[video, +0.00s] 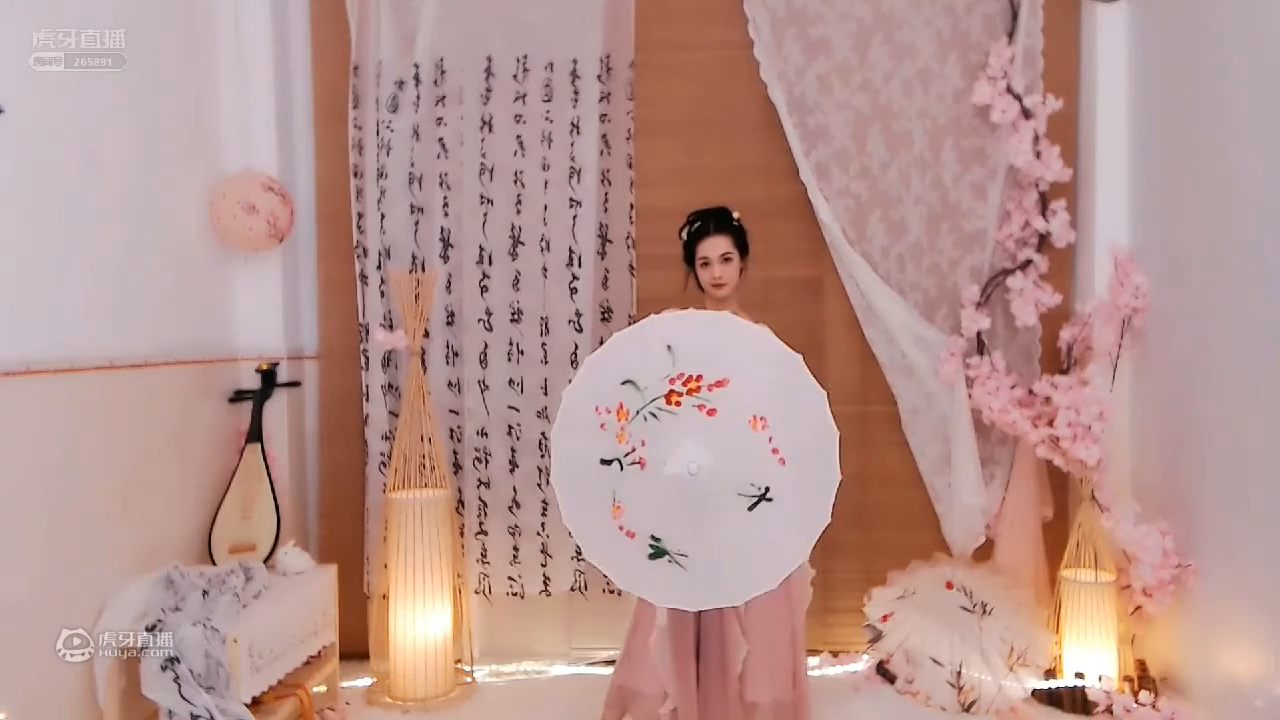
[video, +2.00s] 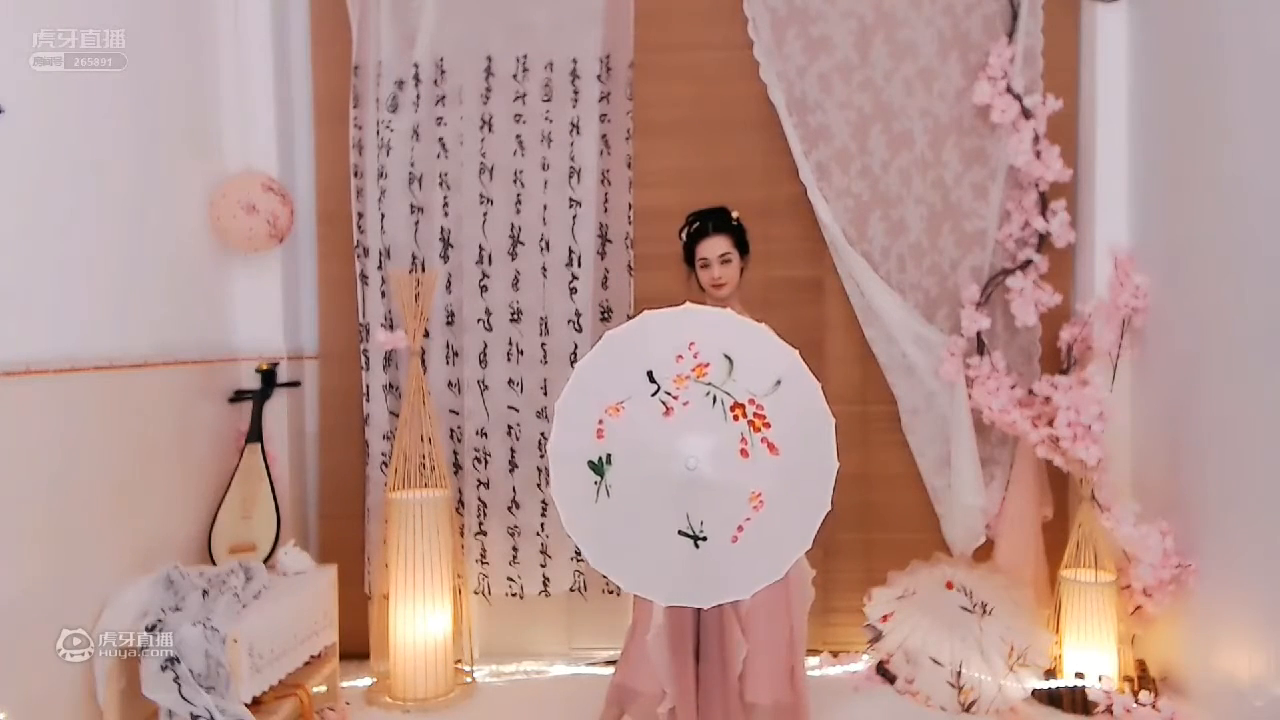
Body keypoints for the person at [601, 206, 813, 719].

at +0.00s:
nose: (716, 272)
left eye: (726, 259)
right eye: (705, 262)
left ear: (742, 264)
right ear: (692, 268)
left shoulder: (759, 338)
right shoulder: (671, 333)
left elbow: (783, 427)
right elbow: (644, 417)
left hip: (744, 490)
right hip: (682, 487)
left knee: (743, 606)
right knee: (679, 605)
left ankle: (743, 710)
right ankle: (676, 710)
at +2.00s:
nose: (715, 273)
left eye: (725, 260)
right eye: (704, 263)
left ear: (742, 263)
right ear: (692, 268)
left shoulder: (760, 338)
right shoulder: (668, 334)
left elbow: (786, 429)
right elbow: (645, 421)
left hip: (745, 493)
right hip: (678, 491)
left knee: (743, 610)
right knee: (678, 610)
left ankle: (743, 709)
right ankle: (676, 710)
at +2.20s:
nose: (715, 272)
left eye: (724, 259)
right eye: (704, 262)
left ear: (742, 262)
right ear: (692, 268)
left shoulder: (760, 337)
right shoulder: (671, 332)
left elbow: (786, 426)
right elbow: (646, 417)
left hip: (745, 489)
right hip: (679, 486)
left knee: (743, 605)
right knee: (679, 605)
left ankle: (743, 709)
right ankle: (676, 709)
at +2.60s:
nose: (715, 274)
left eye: (724, 262)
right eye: (704, 264)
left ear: (742, 263)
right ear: (692, 269)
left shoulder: (761, 336)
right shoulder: (673, 329)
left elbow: (782, 426)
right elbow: (648, 411)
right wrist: (669, 337)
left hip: (745, 487)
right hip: (680, 484)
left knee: (743, 603)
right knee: (680, 603)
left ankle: (741, 709)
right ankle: (677, 710)